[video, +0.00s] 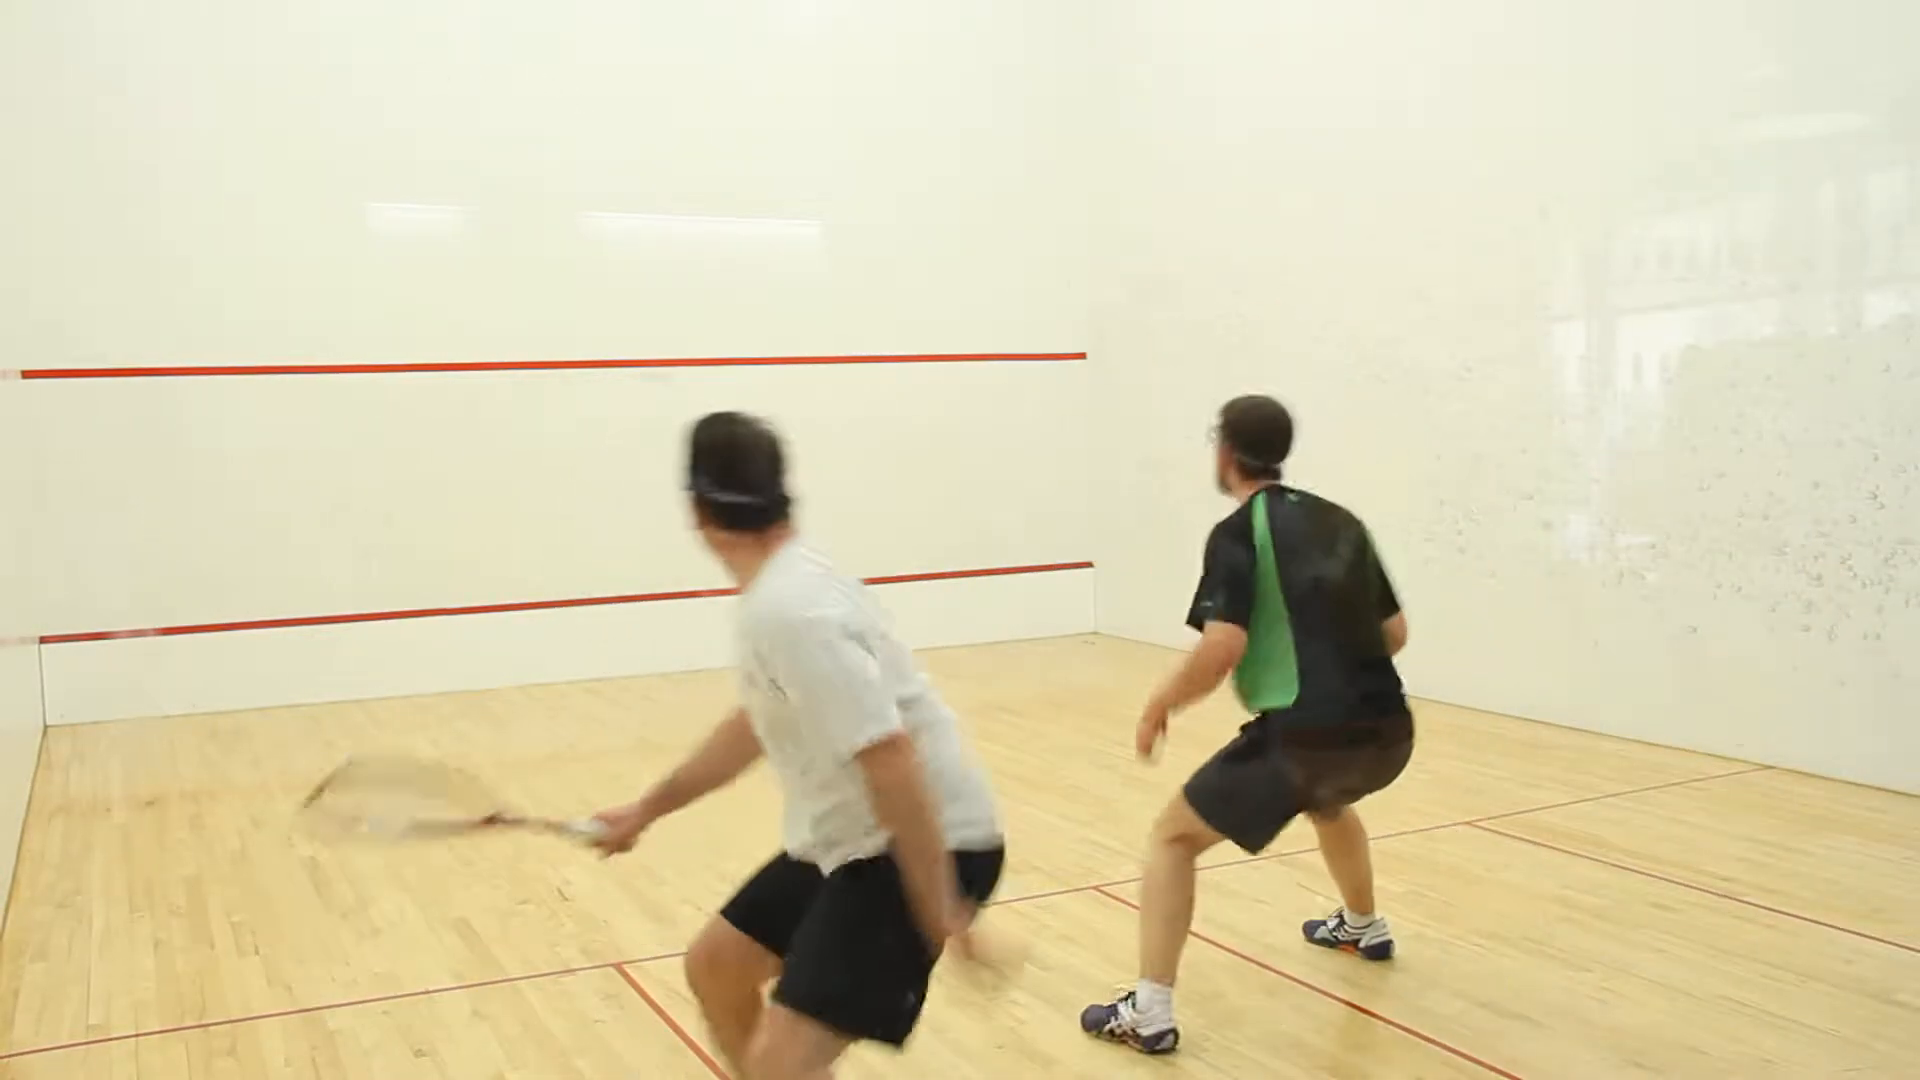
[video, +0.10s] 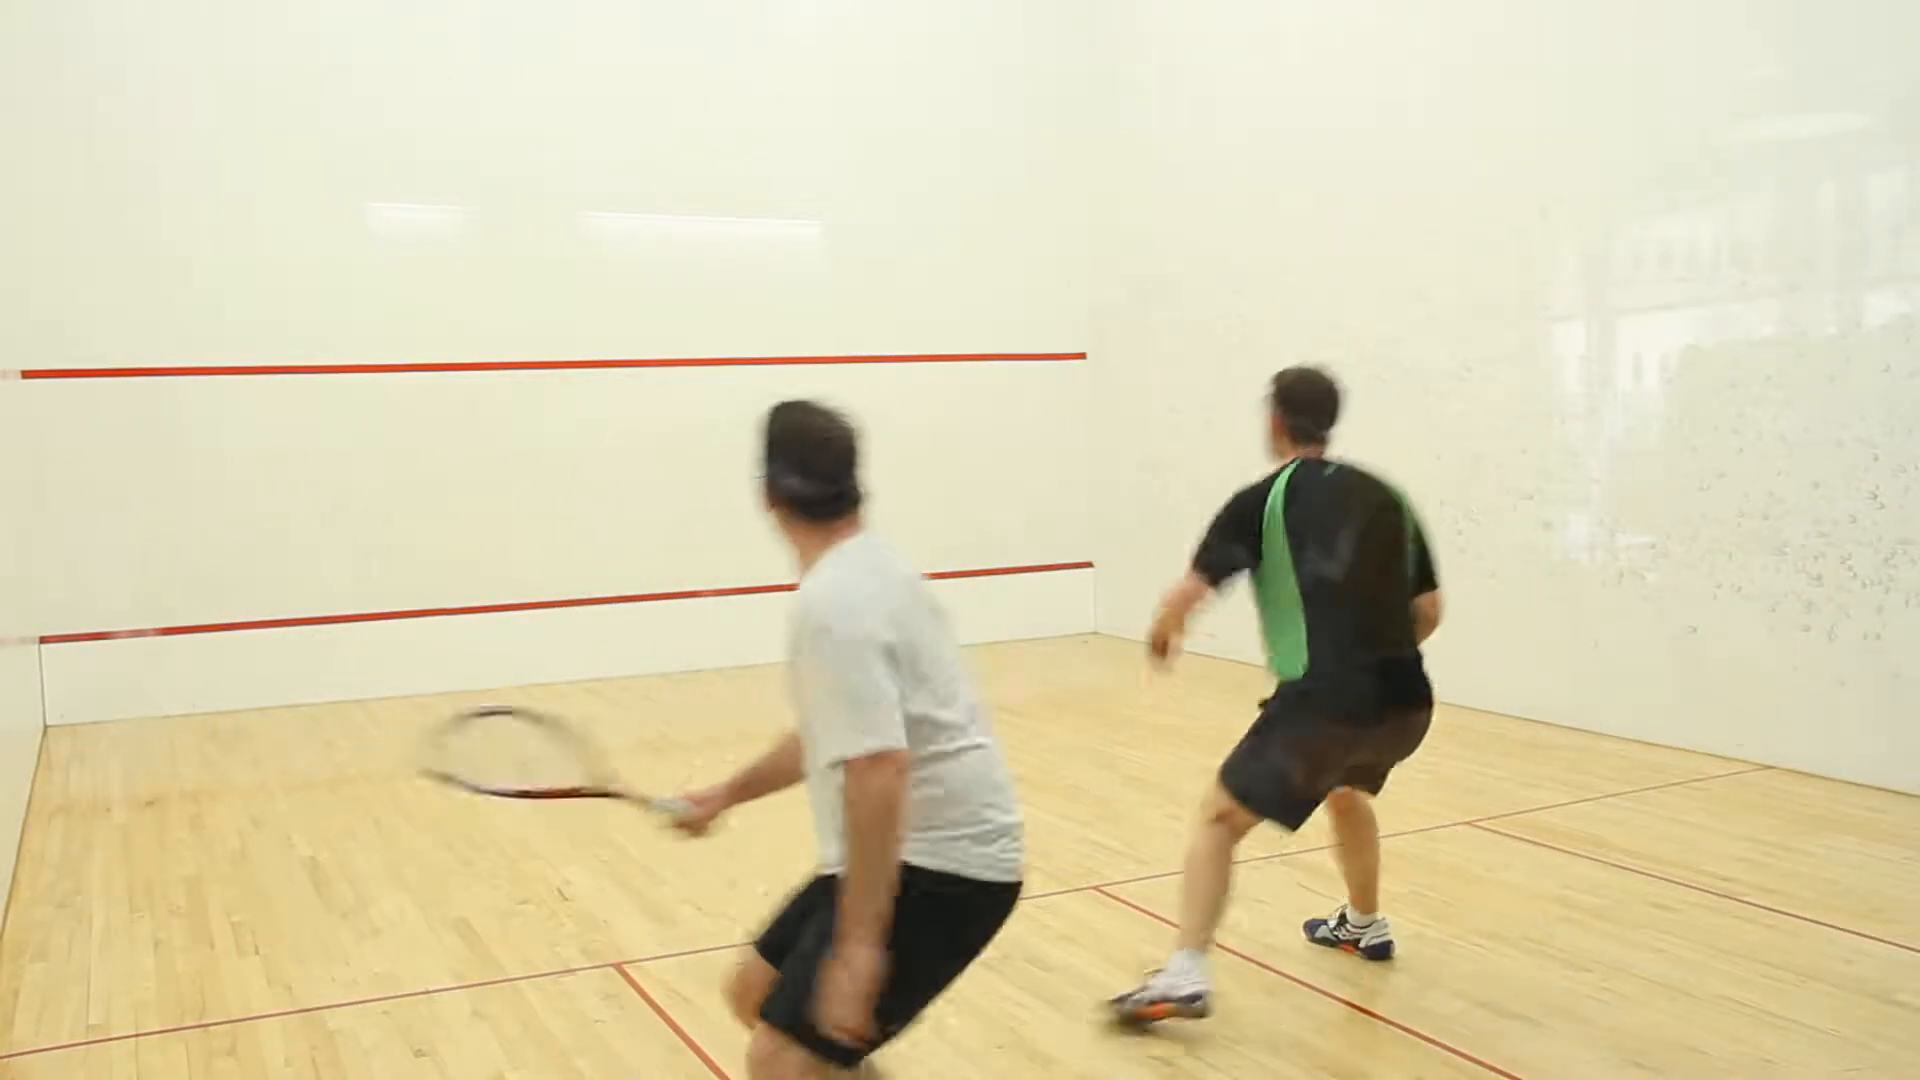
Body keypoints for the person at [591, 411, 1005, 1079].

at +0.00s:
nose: (691, 516)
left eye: (692, 501)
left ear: (701, 514)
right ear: (779, 495)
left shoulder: (797, 610)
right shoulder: (775, 599)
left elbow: (891, 761)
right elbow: (751, 728)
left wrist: (940, 907)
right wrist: (644, 810)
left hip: (909, 853)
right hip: (846, 839)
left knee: (779, 1061)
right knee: (718, 967)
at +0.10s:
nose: (759, 493)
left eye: (761, 480)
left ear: (770, 497)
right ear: (851, 482)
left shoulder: (835, 599)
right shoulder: (873, 570)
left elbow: (879, 767)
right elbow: (828, 729)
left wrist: (859, 945)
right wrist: (724, 794)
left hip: (940, 868)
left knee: (781, 1060)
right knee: (754, 990)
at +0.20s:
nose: (830, 440)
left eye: (831, 428)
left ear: (837, 442)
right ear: (921, 437)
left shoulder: (880, 544)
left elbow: (882, 713)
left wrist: (819, 863)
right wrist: (849, 779)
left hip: (966, 827)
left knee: (874, 1044)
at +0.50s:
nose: (1038, 424)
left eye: (1037, 415)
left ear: (1039, 428)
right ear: (1123, 426)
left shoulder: (1028, 527)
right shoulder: (1173, 527)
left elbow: (952, 654)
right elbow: (1205, 659)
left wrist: (882, 759)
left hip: (1095, 801)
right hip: (1200, 792)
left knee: (1072, 1015)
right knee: (1156, 940)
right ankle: (1233, 1070)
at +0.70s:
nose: (1106, 428)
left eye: (1108, 417)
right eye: (1110, 417)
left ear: (1117, 424)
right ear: (1189, 429)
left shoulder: (1109, 515)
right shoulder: (1249, 514)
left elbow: (1034, 637)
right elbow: (1298, 640)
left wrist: (990, 716)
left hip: (1181, 775)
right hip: (1284, 767)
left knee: (1057, 923)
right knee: (1204, 857)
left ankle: (1102, 1069)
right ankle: (1298, 1023)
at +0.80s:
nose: (1156, 452)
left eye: (1159, 441)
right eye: (1161, 441)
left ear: (1170, 450)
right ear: (1233, 454)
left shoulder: (1159, 537)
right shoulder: (1279, 534)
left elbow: (1093, 657)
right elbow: (1325, 663)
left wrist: (1046, 718)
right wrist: (1248, 731)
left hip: (1202, 792)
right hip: (1299, 785)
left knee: (1082, 946)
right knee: (1260, 875)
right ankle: (1336, 1024)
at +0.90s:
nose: (1227, 455)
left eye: (1231, 446)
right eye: (1234, 445)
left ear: (1240, 455)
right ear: (1303, 459)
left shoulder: (1208, 538)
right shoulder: (1343, 542)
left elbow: (1137, 645)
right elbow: (1384, 655)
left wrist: (1118, 682)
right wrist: (1322, 697)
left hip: (1223, 781)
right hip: (1328, 780)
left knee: (1153, 945)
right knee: (1289, 852)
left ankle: (1145, 1070)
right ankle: (1342, 1018)